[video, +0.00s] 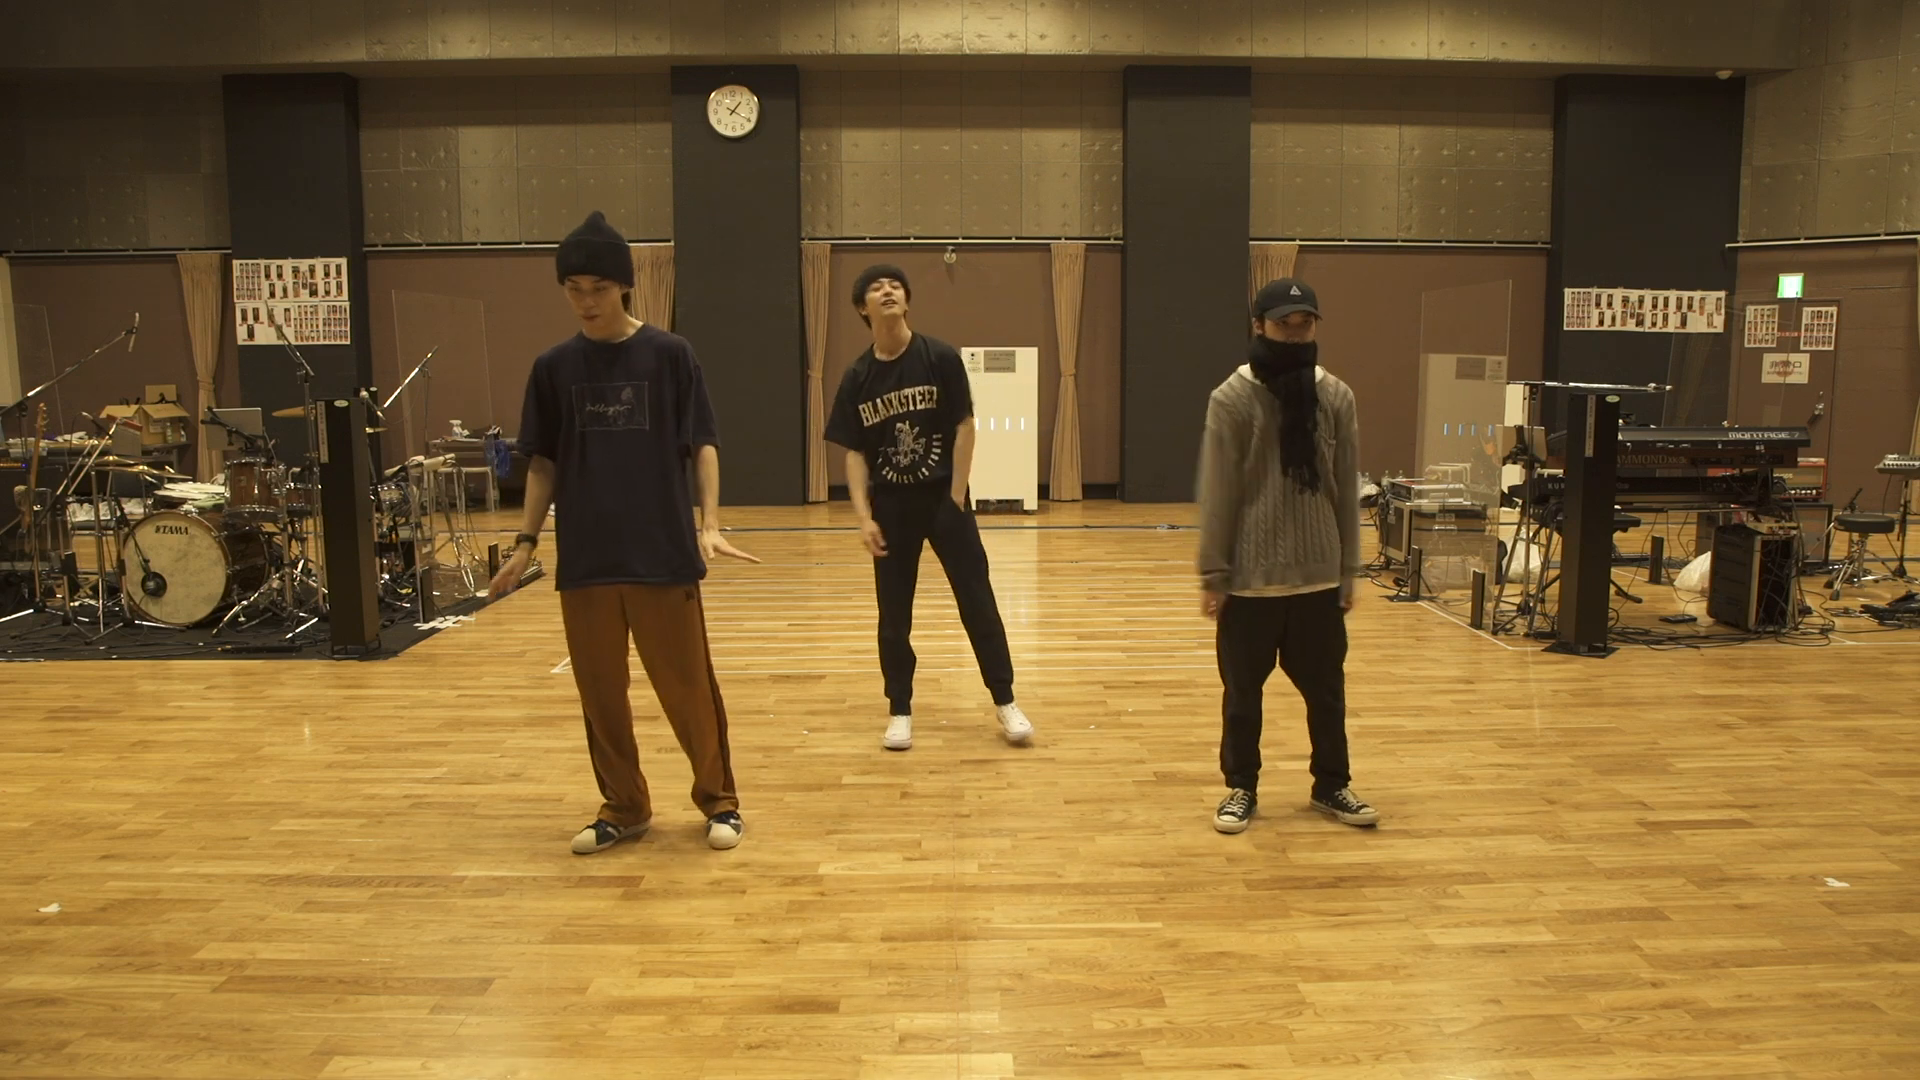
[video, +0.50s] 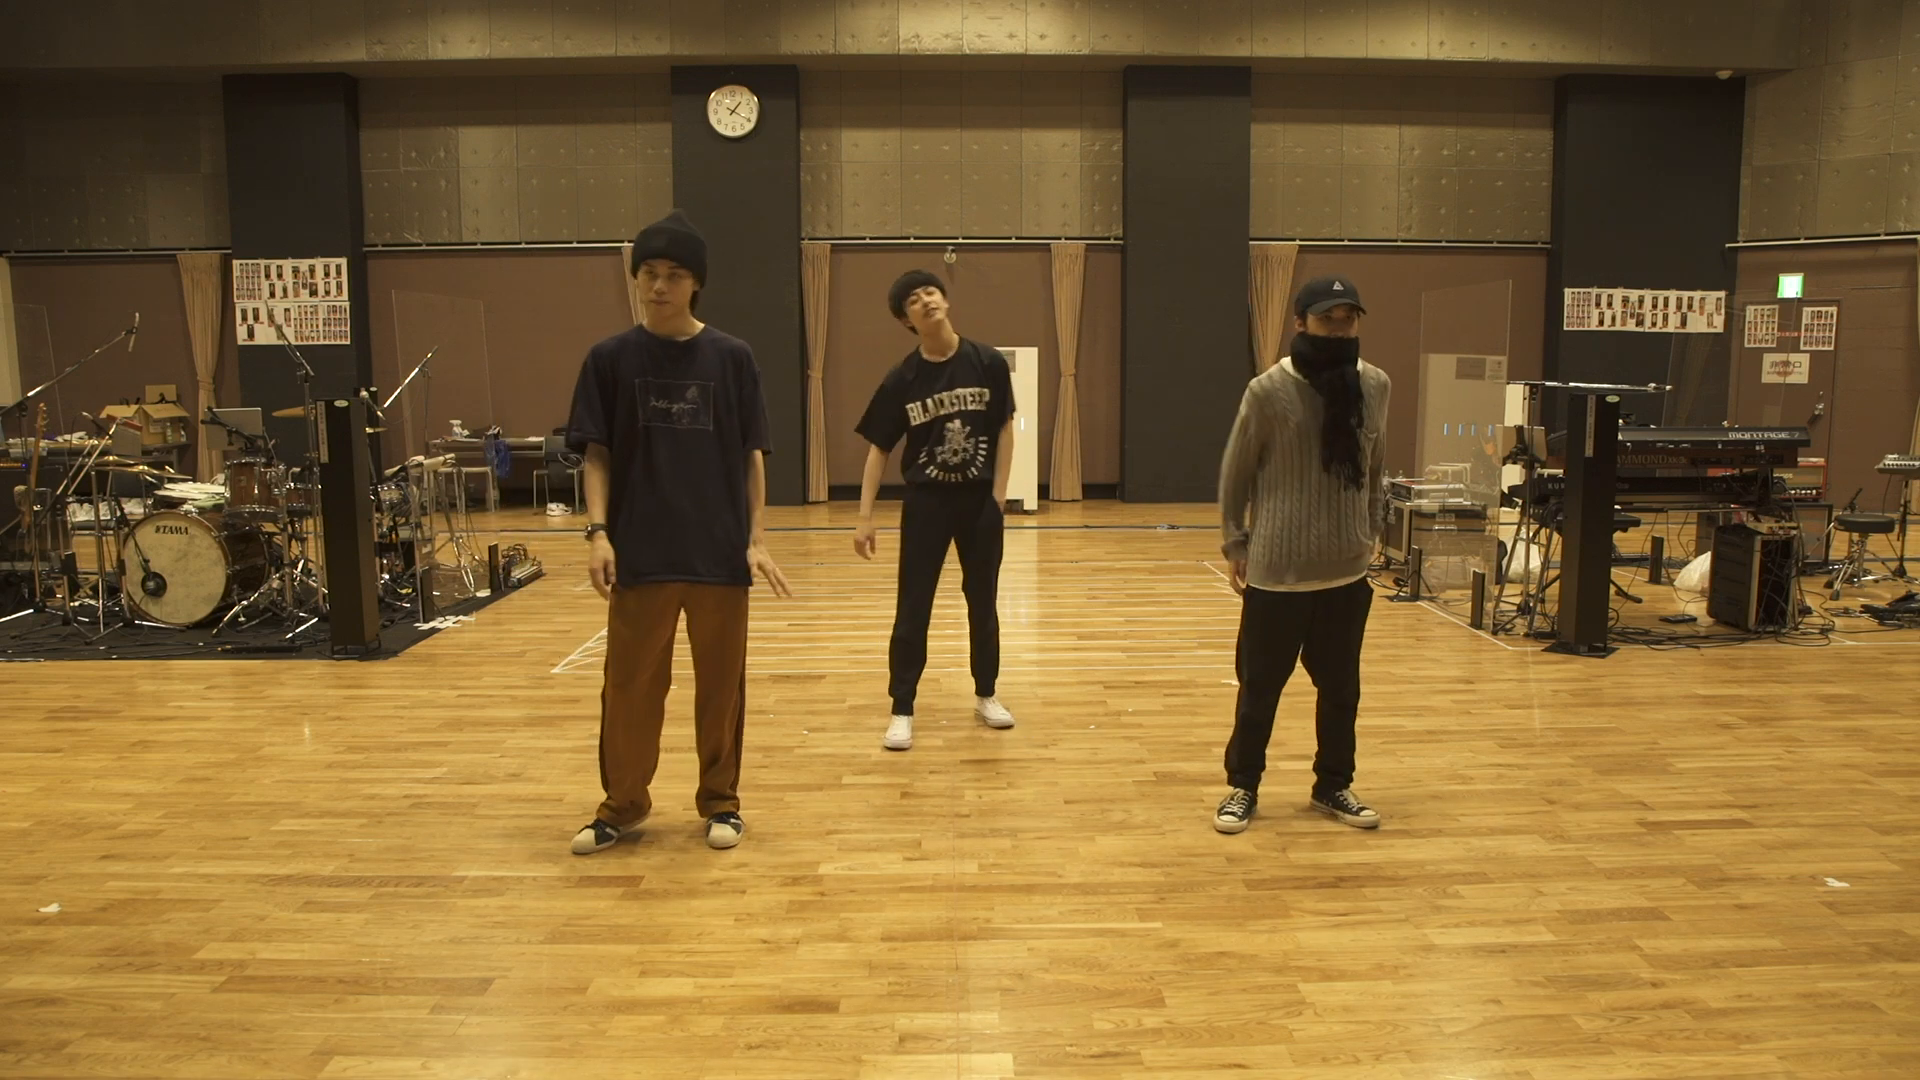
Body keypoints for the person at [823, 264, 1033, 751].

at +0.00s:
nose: (886, 291)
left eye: (894, 286)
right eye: (875, 288)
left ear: (908, 301)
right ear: (862, 309)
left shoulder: (941, 357)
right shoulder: (857, 377)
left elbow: (965, 427)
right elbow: (854, 452)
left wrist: (957, 495)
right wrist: (864, 517)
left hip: (945, 501)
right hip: (890, 508)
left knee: (979, 603)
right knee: (892, 616)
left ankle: (1005, 702)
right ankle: (899, 712)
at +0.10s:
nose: (879, 294)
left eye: (886, 288)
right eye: (869, 293)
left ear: (903, 304)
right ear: (859, 317)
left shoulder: (940, 356)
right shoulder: (859, 380)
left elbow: (962, 427)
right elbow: (865, 456)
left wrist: (955, 499)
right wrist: (883, 516)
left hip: (946, 501)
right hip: (893, 508)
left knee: (977, 600)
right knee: (895, 615)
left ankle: (1001, 695)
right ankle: (900, 712)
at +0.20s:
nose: (876, 296)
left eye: (883, 289)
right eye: (866, 295)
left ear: (903, 302)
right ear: (860, 319)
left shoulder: (943, 355)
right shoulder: (863, 381)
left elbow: (965, 427)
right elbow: (867, 456)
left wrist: (961, 498)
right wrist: (882, 516)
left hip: (948, 499)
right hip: (896, 507)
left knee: (975, 598)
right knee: (896, 613)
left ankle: (997, 691)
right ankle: (899, 712)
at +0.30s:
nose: (884, 301)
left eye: (890, 293)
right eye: (873, 300)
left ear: (911, 302)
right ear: (870, 322)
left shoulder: (954, 354)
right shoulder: (874, 384)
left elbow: (977, 424)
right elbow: (871, 458)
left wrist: (974, 495)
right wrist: (876, 521)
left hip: (957, 499)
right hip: (904, 505)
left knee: (981, 599)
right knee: (899, 611)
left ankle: (991, 692)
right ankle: (900, 712)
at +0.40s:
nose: (898, 300)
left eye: (903, 292)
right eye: (888, 301)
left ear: (923, 300)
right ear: (883, 321)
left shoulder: (966, 355)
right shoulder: (883, 384)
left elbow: (989, 425)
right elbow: (874, 457)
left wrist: (983, 496)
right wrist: (868, 523)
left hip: (965, 501)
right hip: (911, 506)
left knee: (981, 600)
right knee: (902, 609)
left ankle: (987, 695)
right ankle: (901, 712)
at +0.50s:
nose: (925, 301)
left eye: (930, 293)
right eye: (914, 300)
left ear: (948, 302)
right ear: (906, 321)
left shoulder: (989, 363)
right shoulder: (901, 380)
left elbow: (1005, 428)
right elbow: (878, 449)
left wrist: (998, 495)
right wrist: (865, 518)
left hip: (979, 503)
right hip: (925, 506)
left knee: (983, 603)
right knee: (913, 608)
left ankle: (986, 695)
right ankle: (902, 713)